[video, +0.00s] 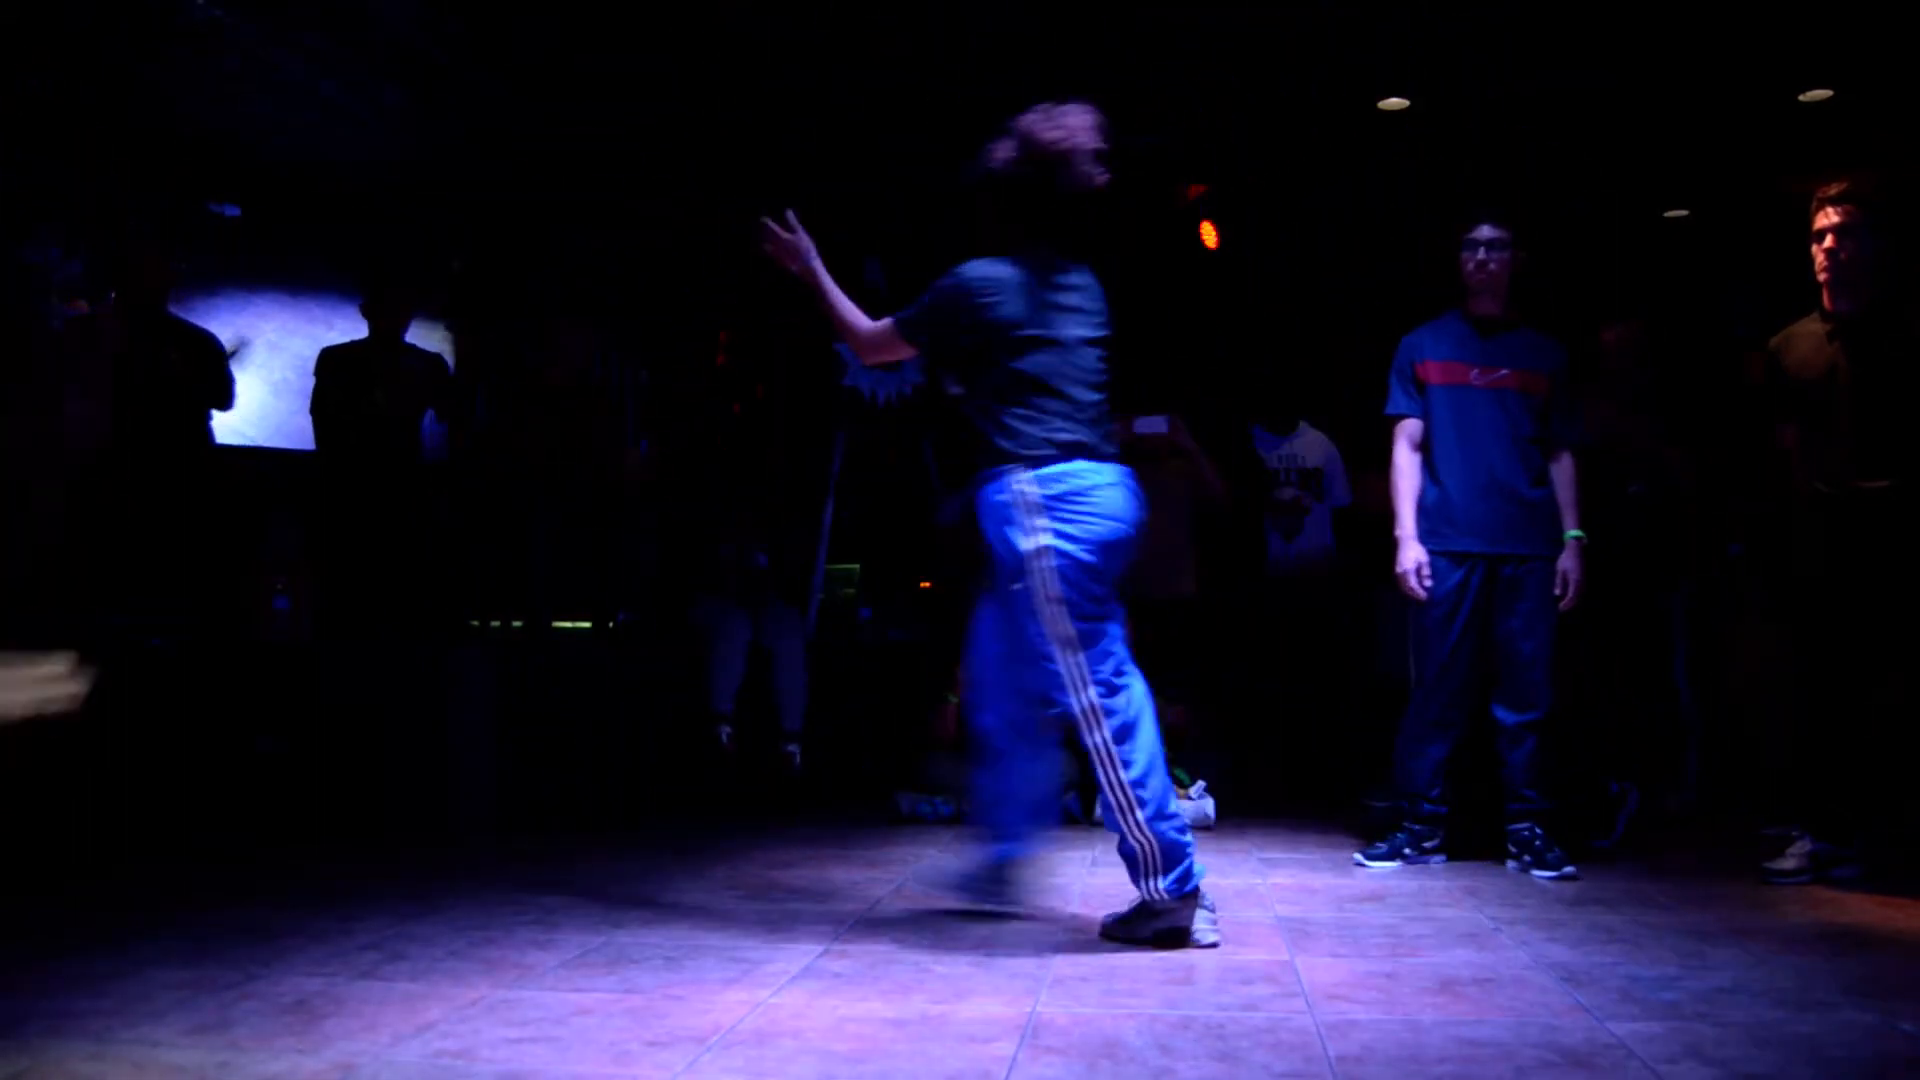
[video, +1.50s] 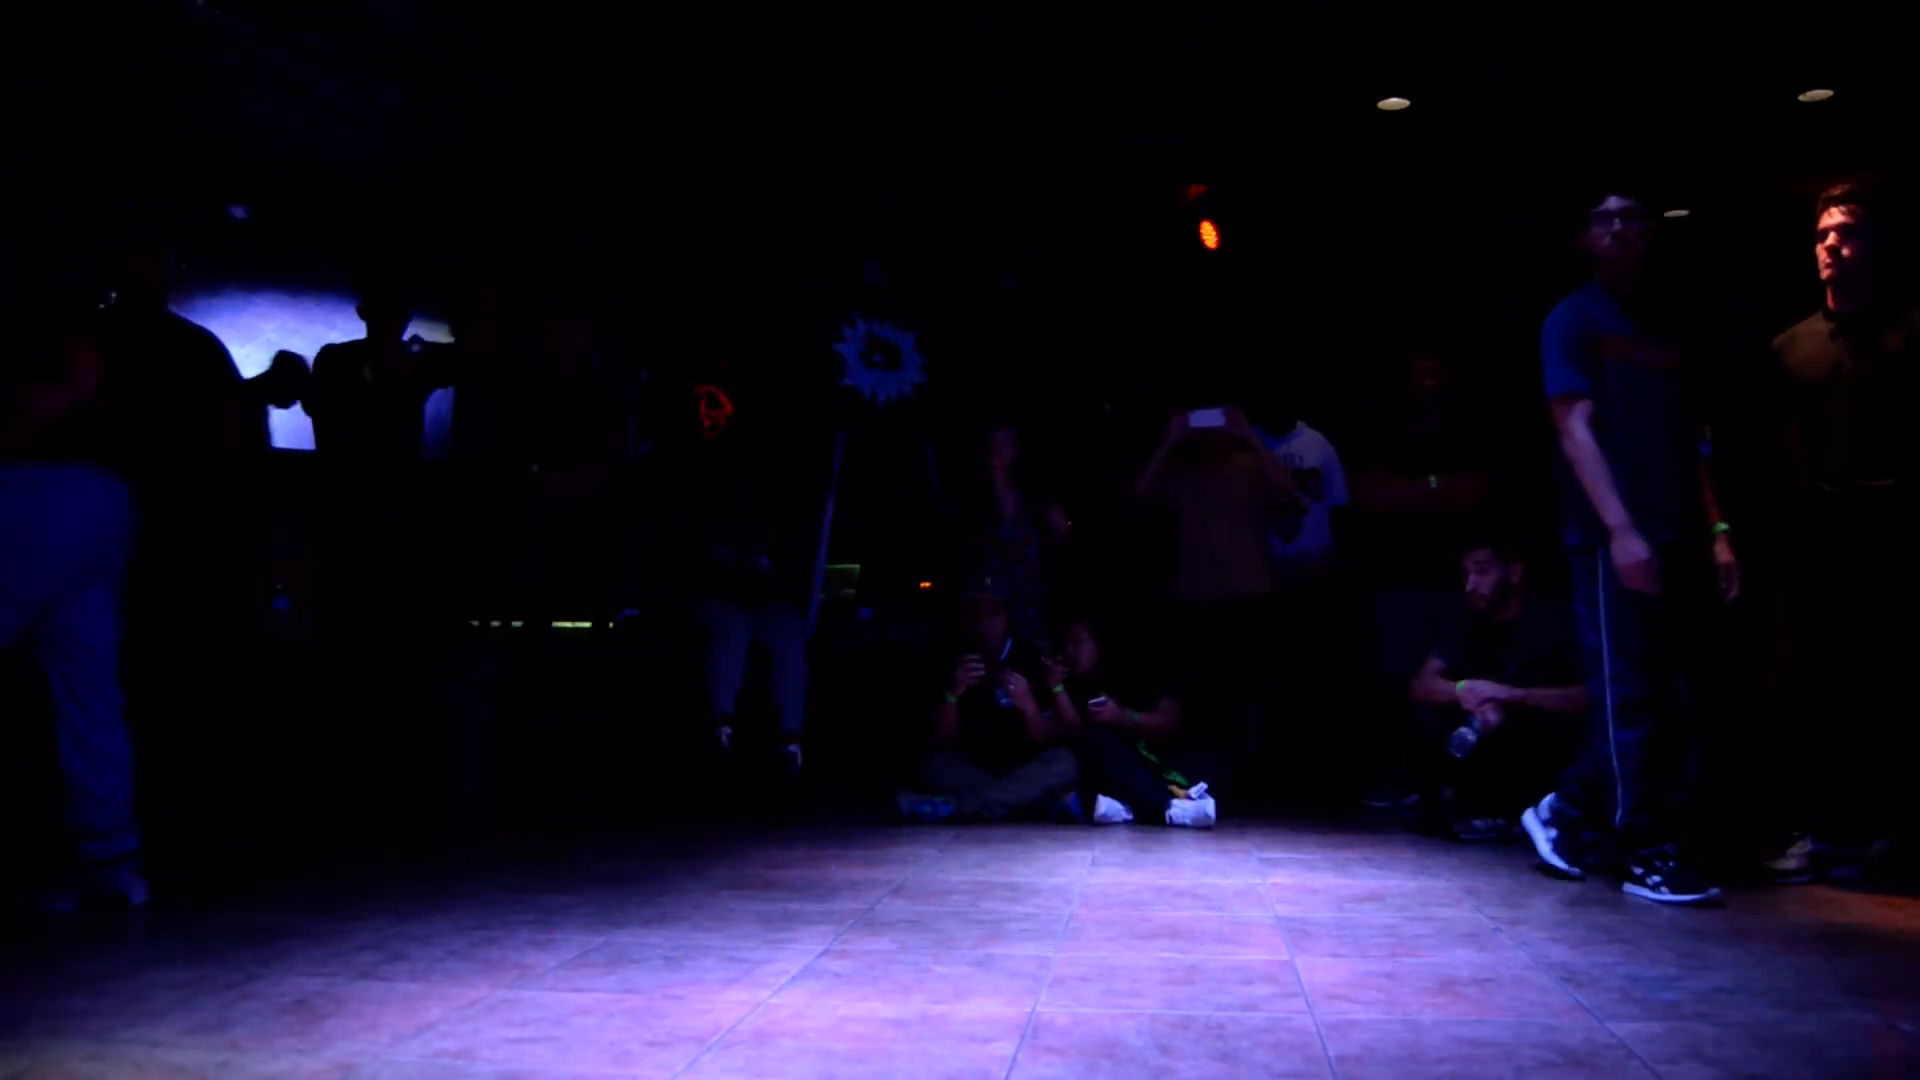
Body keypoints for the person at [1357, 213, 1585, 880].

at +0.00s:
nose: (1484, 261)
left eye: (1496, 250)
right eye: (1474, 250)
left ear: (1515, 261)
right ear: (1458, 261)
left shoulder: (1543, 353)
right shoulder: (1423, 346)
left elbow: (1560, 452)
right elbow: (1407, 445)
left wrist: (1571, 541)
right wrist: (1406, 537)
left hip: (1526, 547)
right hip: (1448, 544)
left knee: (1524, 694)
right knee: (1438, 688)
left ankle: (1525, 831)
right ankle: (1423, 826)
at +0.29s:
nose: (1517, 259)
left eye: (1529, 248)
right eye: (1507, 248)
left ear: (1550, 261)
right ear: (1492, 261)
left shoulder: (1578, 352)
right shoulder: (1459, 343)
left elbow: (1594, 452)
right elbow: (1442, 444)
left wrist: (1610, 540)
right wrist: (1448, 538)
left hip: (1561, 547)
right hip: (1482, 542)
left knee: (1547, 697)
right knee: (1448, 685)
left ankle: (1530, 830)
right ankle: (1424, 819)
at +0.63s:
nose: (1543, 257)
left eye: (1555, 246)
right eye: (1533, 246)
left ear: (1575, 258)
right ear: (1518, 259)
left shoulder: (1597, 343)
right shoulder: (1486, 338)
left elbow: (1617, 453)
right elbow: (1466, 439)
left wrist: (1639, 541)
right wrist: (1474, 535)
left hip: (1585, 538)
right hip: (1519, 535)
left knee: (1570, 684)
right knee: (1527, 676)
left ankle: (1549, 834)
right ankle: (1504, 837)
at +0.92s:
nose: (1560, 251)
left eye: (1572, 239)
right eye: (1549, 240)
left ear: (1593, 251)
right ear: (1533, 252)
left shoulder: (1613, 337)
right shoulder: (1504, 336)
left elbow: (1629, 448)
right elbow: (1486, 440)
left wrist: (1640, 537)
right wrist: (1495, 540)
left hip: (1603, 532)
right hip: (1540, 532)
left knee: (1579, 681)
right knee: (1579, 679)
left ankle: (1529, 827)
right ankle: (1628, 843)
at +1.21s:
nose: (1590, 246)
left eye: (1601, 234)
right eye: (1576, 235)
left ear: (1620, 245)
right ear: (1557, 249)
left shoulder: (1636, 326)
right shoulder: (1539, 329)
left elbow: (1658, 444)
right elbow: (1527, 438)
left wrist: (1675, 536)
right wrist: (1544, 541)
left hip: (1637, 530)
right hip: (1583, 533)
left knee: (1591, 683)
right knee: (1607, 687)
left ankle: (1535, 826)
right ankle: (1644, 850)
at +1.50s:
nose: (1621, 233)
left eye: (1632, 221)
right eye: (1606, 223)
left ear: (1651, 235)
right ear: (1586, 238)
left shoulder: (1664, 318)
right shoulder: (1575, 319)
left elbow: (1689, 442)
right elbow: (1575, 431)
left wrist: (1716, 529)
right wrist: (1622, 531)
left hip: (1668, 527)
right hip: (1610, 531)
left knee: (1656, 685)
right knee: (1631, 692)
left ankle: (1568, 810)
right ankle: (1648, 855)